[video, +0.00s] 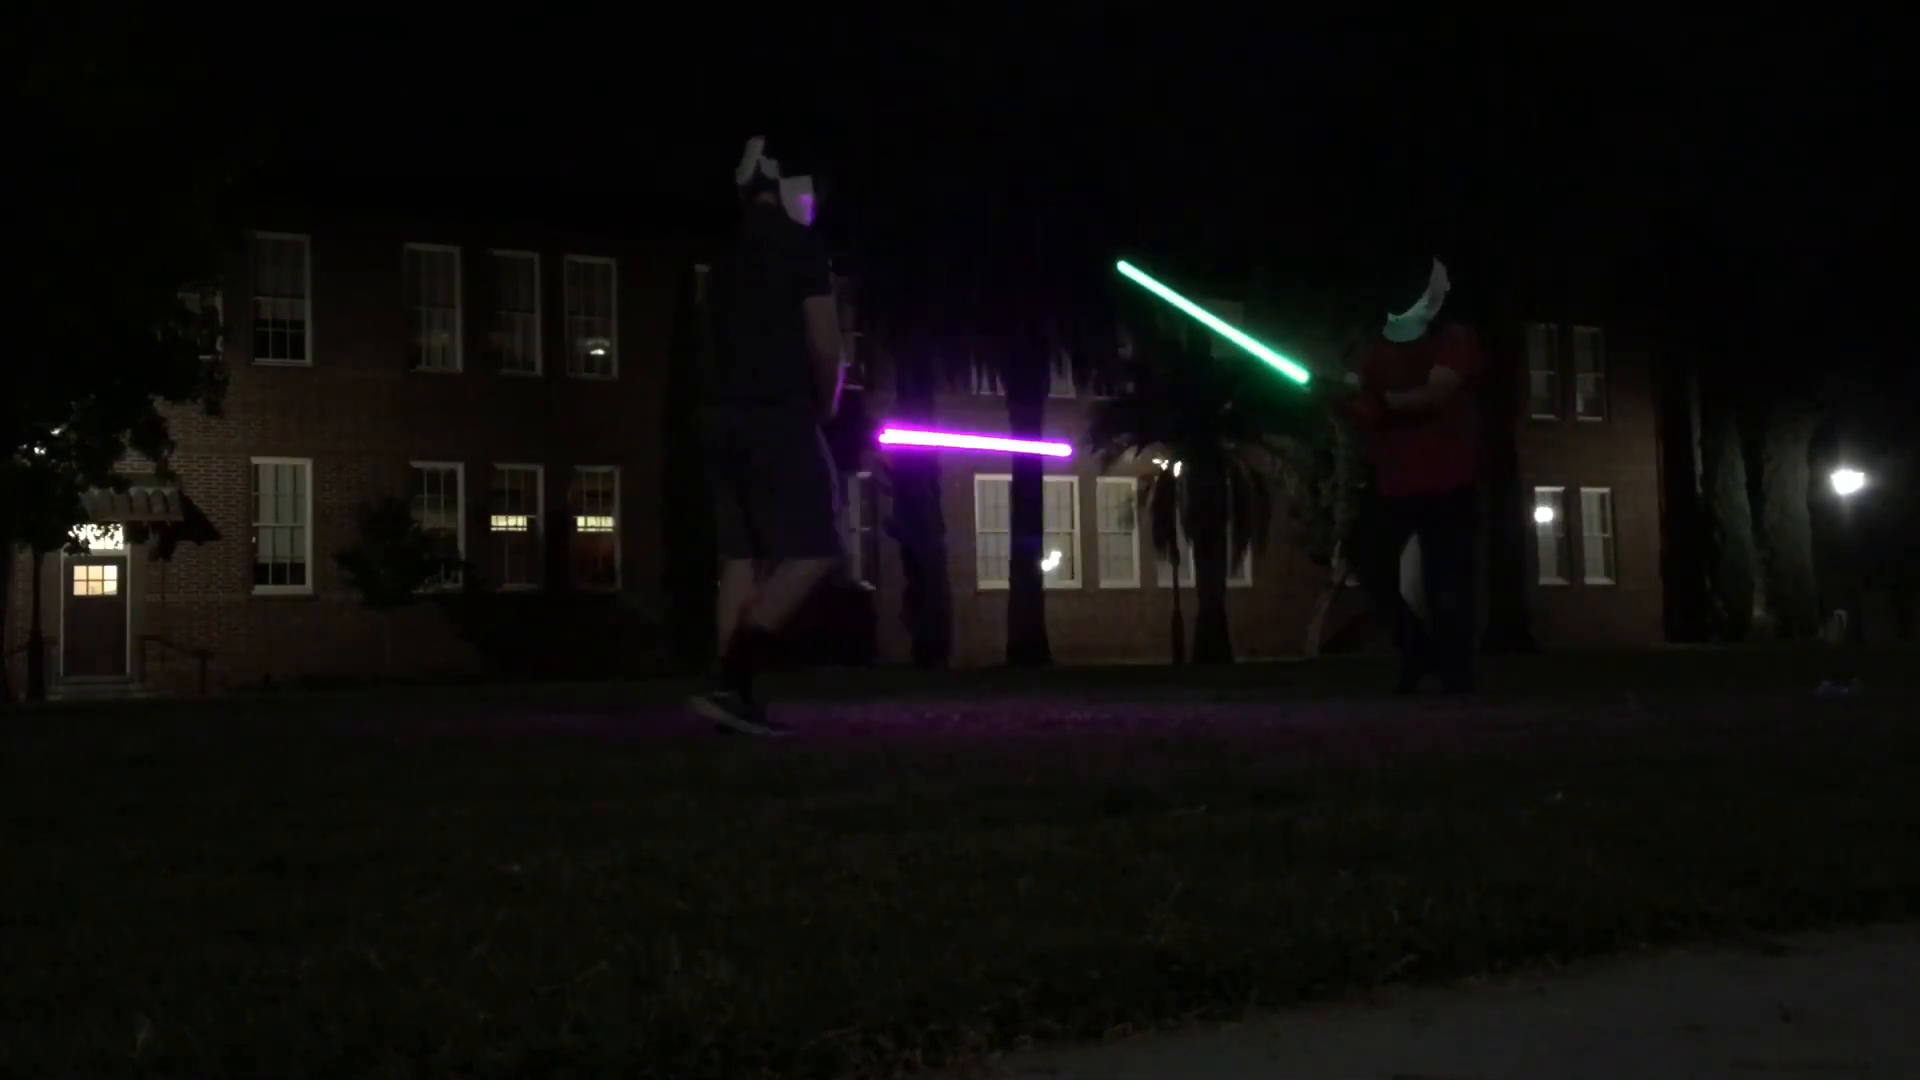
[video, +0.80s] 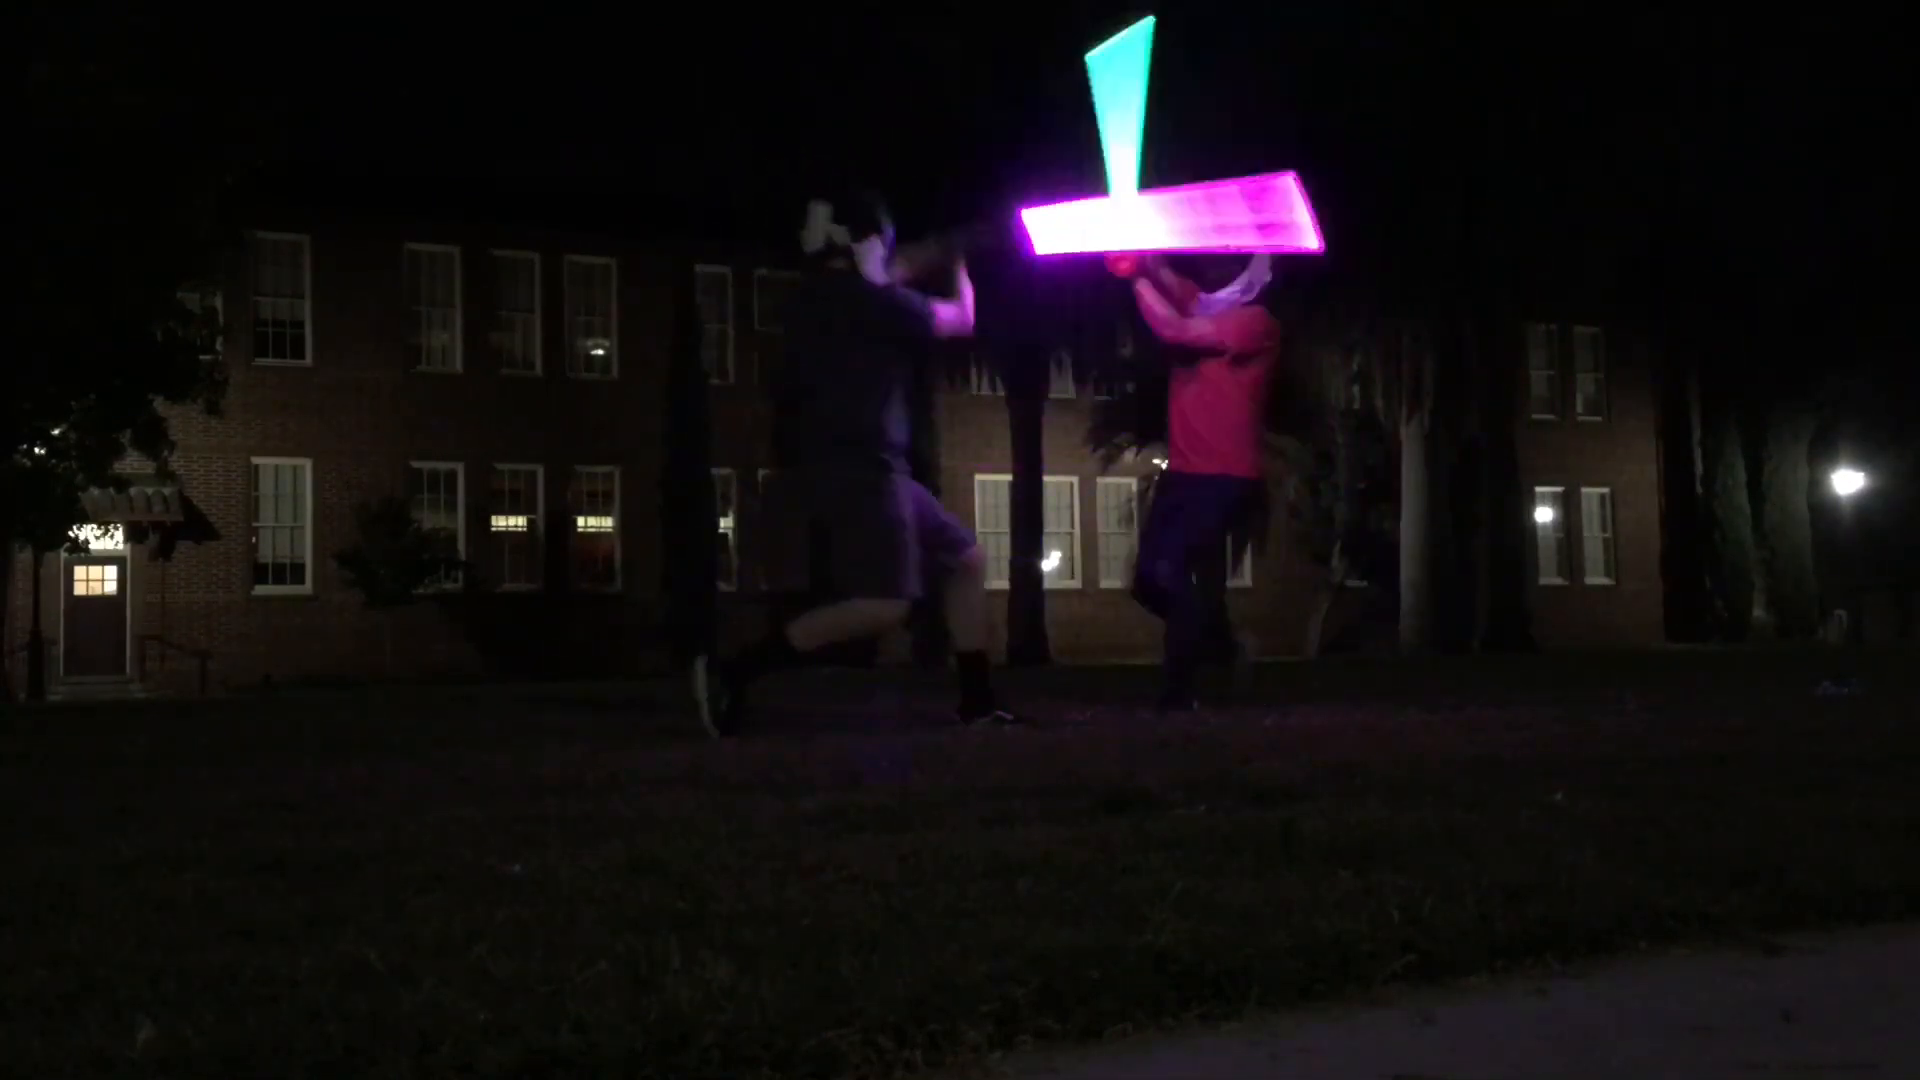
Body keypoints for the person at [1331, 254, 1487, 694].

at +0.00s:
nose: (1400, 316)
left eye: (1411, 306)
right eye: (1394, 307)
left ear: (1432, 302)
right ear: (1387, 308)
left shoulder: (1452, 343)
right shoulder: (1378, 349)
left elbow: (1437, 395)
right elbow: (1365, 407)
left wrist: (1377, 399)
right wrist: (1341, 394)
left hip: (1447, 485)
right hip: (1393, 486)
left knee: (1447, 582)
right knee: (1375, 578)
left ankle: (1455, 669)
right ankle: (1415, 653)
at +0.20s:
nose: (1375, 308)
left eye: (1386, 297)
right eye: (1371, 299)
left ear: (1409, 295)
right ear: (1366, 301)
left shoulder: (1430, 340)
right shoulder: (1356, 344)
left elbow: (1409, 394)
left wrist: (1350, 400)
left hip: (1424, 488)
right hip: (1366, 487)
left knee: (1439, 588)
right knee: (1331, 575)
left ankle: (1452, 678)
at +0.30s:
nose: (1353, 312)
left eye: (1365, 301)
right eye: (1348, 302)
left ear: (1387, 299)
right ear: (1341, 302)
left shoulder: (1410, 342)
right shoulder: (1332, 344)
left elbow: (1387, 392)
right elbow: (1311, 398)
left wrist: (1324, 391)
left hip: (1403, 493)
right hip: (1342, 492)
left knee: (1432, 593)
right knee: (1305, 579)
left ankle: (1455, 679)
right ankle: (1294, 677)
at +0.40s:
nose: (1322, 325)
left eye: (1332, 315)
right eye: (1316, 316)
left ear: (1355, 303)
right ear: (1307, 307)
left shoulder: (1377, 337)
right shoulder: (1303, 343)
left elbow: (1349, 386)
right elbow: (1274, 384)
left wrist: (1289, 380)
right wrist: (1235, 369)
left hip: (1369, 490)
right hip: (1312, 490)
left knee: (1401, 588)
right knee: (1285, 584)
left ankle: (1452, 673)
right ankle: (1291, 684)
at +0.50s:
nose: (1292, 320)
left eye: (1300, 309)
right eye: (1285, 312)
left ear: (1322, 297)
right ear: (1278, 306)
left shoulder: (1341, 335)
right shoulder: (1281, 344)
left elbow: (1292, 375)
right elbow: (1234, 374)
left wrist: (1228, 355)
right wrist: (1204, 331)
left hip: (1336, 488)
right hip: (1282, 490)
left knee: (1356, 589)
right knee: (1267, 592)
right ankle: (1289, 680)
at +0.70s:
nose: (1232, 275)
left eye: (1243, 266)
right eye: (1233, 266)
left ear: (1263, 275)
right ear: (1262, 276)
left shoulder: (1275, 323)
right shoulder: (1226, 315)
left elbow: (1211, 334)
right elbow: (1183, 303)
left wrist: (1160, 286)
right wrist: (1162, 259)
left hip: (1259, 472)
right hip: (1220, 471)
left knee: (1223, 572)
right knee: (1216, 573)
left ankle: (1281, 667)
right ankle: (1214, 676)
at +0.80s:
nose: (1216, 277)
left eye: (1225, 269)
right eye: (1217, 270)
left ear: (1245, 278)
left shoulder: (1254, 323)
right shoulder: (1213, 310)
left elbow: (1174, 330)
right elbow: (1182, 291)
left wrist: (1136, 278)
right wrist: (1149, 262)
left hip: (1223, 475)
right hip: (1186, 471)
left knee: (1183, 580)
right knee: (1149, 581)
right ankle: (1223, 652)